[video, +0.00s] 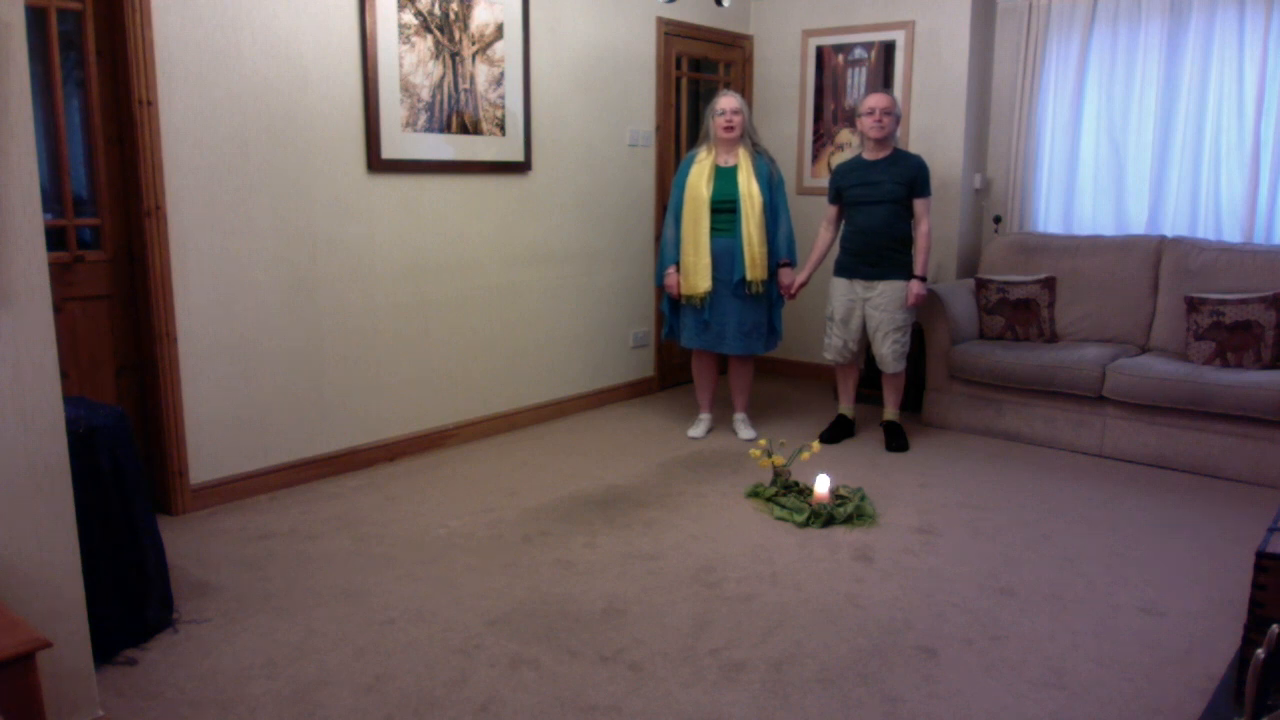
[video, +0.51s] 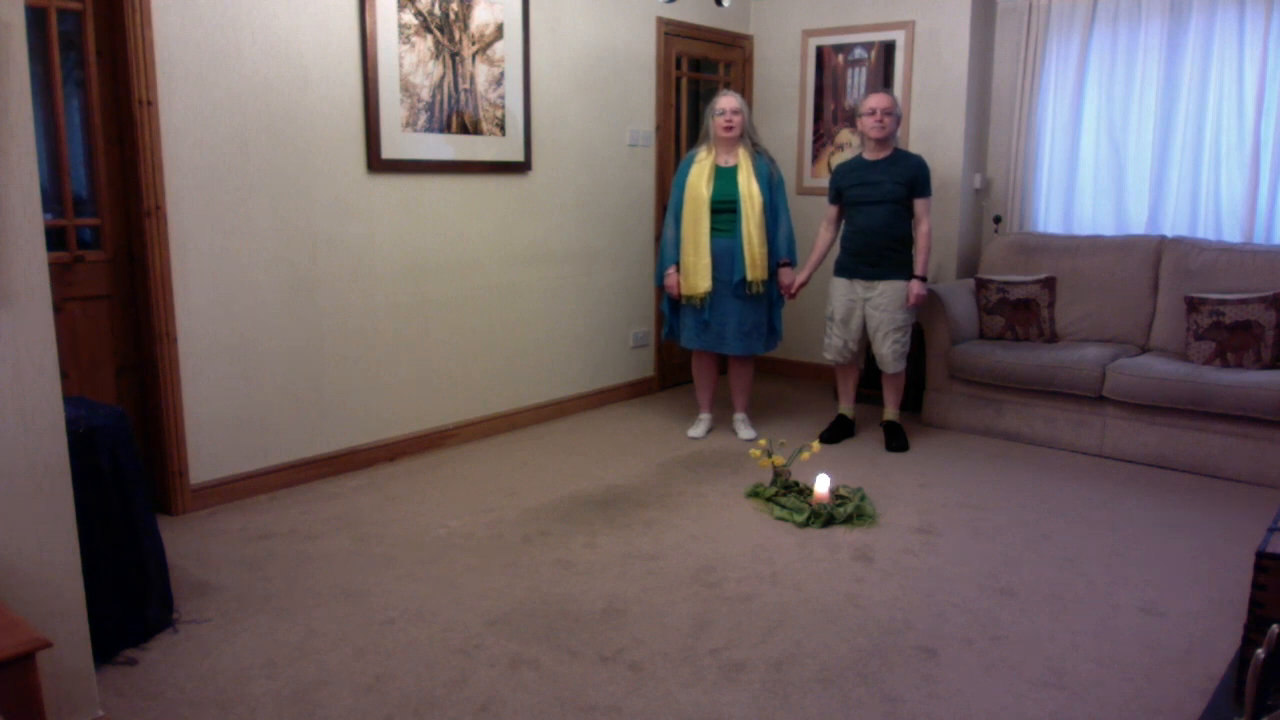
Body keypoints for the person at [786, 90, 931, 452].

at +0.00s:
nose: (878, 119)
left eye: (886, 113)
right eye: (871, 113)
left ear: (897, 121)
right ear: (858, 122)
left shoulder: (912, 167)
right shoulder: (843, 172)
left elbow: (922, 224)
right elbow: (829, 227)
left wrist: (919, 276)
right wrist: (805, 273)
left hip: (893, 279)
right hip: (848, 277)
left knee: (891, 354)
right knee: (844, 349)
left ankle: (891, 420)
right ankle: (845, 415)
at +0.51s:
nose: (879, 119)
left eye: (886, 113)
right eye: (871, 114)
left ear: (898, 121)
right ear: (858, 122)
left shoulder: (913, 167)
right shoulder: (843, 172)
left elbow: (922, 224)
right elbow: (829, 227)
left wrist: (919, 276)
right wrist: (805, 273)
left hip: (893, 279)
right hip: (848, 277)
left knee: (892, 354)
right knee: (844, 349)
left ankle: (892, 420)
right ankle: (845, 415)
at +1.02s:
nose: (879, 119)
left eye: (887, 113)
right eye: (871, 114)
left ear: (898, 121)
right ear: (858, 122)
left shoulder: (913, 166)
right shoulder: (843, 172)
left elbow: (923, 224)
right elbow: (829, 227)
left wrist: (920, 276)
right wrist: (805, 273)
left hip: (893, 279)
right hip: (848, 277)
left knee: (891, 354)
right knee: (843, 349)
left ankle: (892, 420)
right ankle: (845, 415)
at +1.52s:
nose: (879, 119)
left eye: (887, 113)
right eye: (872, 114)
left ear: (898, 121)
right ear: (858, 122)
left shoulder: (913, 166)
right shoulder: (843, 172)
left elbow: (923, 225)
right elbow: (829, 227)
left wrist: (920, 276)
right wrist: (805, 273)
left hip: (893, 279)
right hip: (848, 277)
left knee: (892, 354)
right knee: (844, 349)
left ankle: (892, 420)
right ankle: (845, 415)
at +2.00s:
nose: (880, 119)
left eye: (887, 113)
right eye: (872, 114)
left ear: (898, 121)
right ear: (858, 122)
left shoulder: (913, 167)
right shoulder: (843, 172)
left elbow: (923, 225)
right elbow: (829, 227)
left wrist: (920, 276)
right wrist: (805, 273)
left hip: (893, 279)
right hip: (848, 277)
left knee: (892, 355)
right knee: (843, 349)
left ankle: (892, 420)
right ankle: (845, 415)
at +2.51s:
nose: (880, 119)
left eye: (888, 113)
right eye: (872, 113)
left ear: (899, 121)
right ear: (859, 122)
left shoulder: (913, 167)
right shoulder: (843, 172)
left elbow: (923, 225)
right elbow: (829, 226)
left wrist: (920, 276)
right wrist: (805, 273)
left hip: (894, 279)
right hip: (849, 277)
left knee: (892, 355)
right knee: (844, 349)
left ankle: (892, 420)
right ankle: (845, 415)